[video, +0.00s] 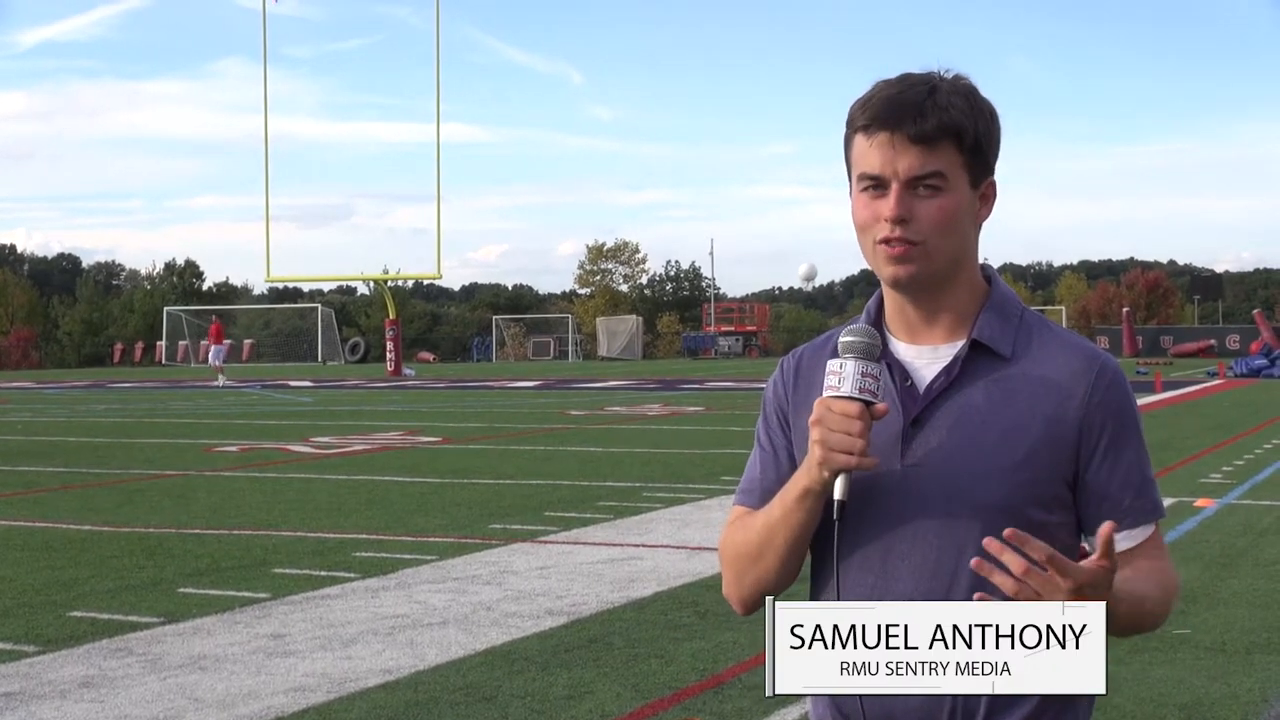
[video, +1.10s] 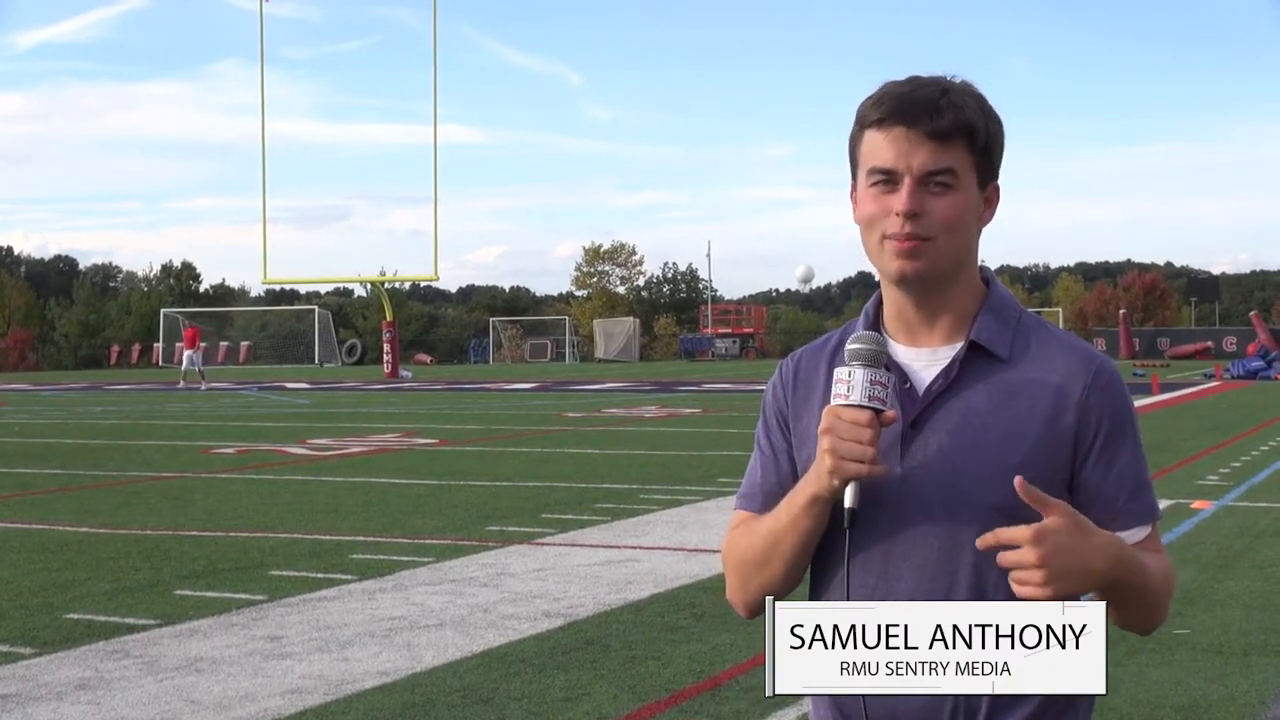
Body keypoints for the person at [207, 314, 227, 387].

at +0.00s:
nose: (213, 319)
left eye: (213, 317)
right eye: (213, 317)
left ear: (215, 318)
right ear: (219, 319)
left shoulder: (214, 326)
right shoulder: (221, 326)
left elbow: (213, 336)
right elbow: (222, 336)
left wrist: (210, 344)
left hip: (215, 345)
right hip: (221, 345)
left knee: (212, 361)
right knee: (219, 362)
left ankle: (221, 376)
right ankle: (221, 377)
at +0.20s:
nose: (208, 320)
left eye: (209, 318)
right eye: (208, 318)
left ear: (212, 319)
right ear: (211, 319)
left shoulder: (214, 326)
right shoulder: (211, 326)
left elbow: (217, 336)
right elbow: (211, 336)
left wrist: (218, 345)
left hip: (213, 345)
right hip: (214, 345)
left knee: (208, 362)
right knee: (215, 363)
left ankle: (216, 378)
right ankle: (218, 378)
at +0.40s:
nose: (206, 323)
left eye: (207, 321)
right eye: (205, 321)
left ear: (210, 321)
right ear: (204, 322)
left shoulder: (214, 329)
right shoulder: (204, 329)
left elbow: (218, 340)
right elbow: (201, 337)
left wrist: (219, 350)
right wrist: (198, 342)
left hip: (213, 347)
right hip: (207, 347)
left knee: (208, 363)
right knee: (213, 365)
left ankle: (209, 379)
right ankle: (217, 379)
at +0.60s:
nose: (202, 324)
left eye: (203, 323)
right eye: (200, 323)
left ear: (205, 323)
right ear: (199, 323)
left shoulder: (211, 329)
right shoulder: (198, 330)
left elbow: (216, 339)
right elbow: (196, 340)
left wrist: (216, 346)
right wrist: (194, 346)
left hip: (209, 347)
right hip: (202, 348)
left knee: (205, 365)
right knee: (205, 366)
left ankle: (207, 382)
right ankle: (214, 379)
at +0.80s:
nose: (197, 323)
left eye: (198, 321)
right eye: (196, 321)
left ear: (201, 321)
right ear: (195, 322)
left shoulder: (206, 329)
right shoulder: (194, 330)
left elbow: (209, 340)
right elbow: (192, 341)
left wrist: (210, 349)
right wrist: (190, 350)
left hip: (204, 348)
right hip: (197, 348)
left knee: (204, 366)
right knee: (194, 367)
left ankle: (206, 382)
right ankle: (202, 379)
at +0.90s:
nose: (195, 323)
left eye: (196, 321)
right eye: (193, 321)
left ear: (199, 321)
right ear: (192, 322)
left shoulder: (203, 329)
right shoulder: (190, 330)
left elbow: (206, 340)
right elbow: (190, 340)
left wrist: (206, 348)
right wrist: (189, 348)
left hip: (202, 348)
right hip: (194, 348)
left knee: (203, 367)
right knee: (190, 367)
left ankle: (206, 382)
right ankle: (194, 381)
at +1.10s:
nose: (188, 323)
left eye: (189, 322)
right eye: (187, 322)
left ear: (193, 322)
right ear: (185, 323)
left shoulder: (196, 330)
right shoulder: (185, 331)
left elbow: (198, 340)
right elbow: (185, 341)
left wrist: (195, 349)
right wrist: (184, 349)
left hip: (195, 350)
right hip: (187, 351)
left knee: (198, 368)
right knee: (184, 368)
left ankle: (203, 383)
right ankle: (182, 382)